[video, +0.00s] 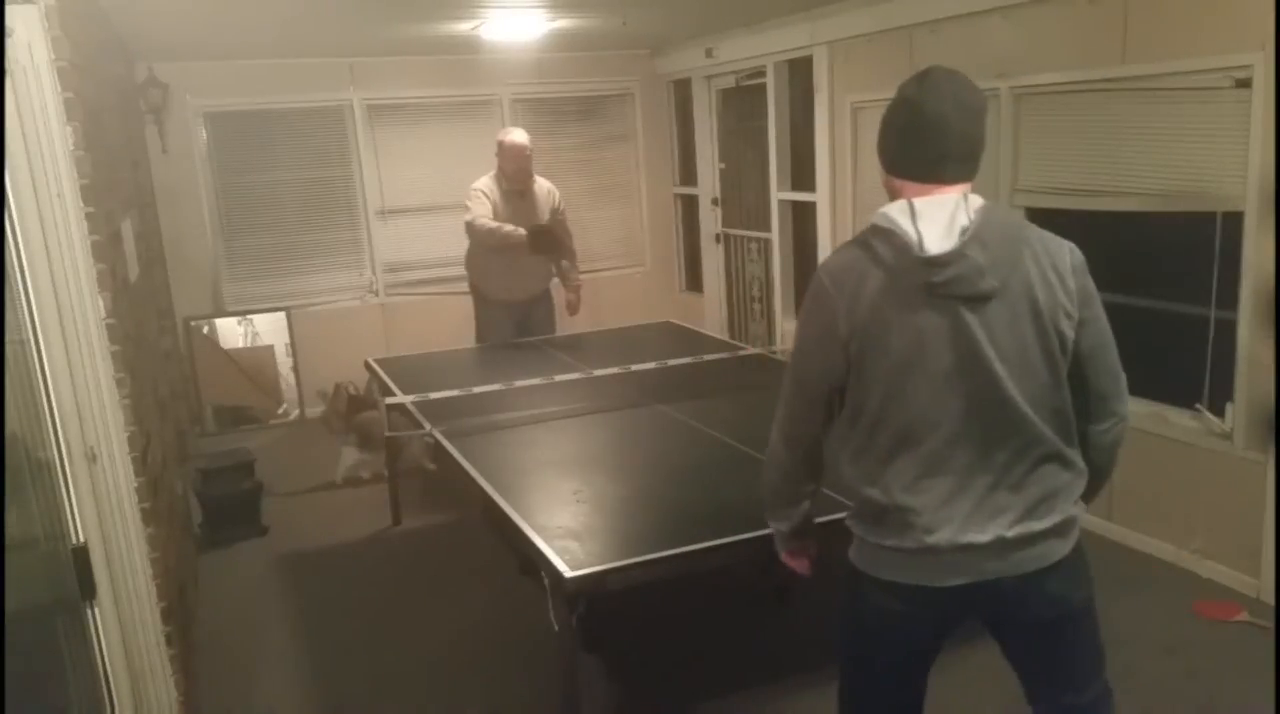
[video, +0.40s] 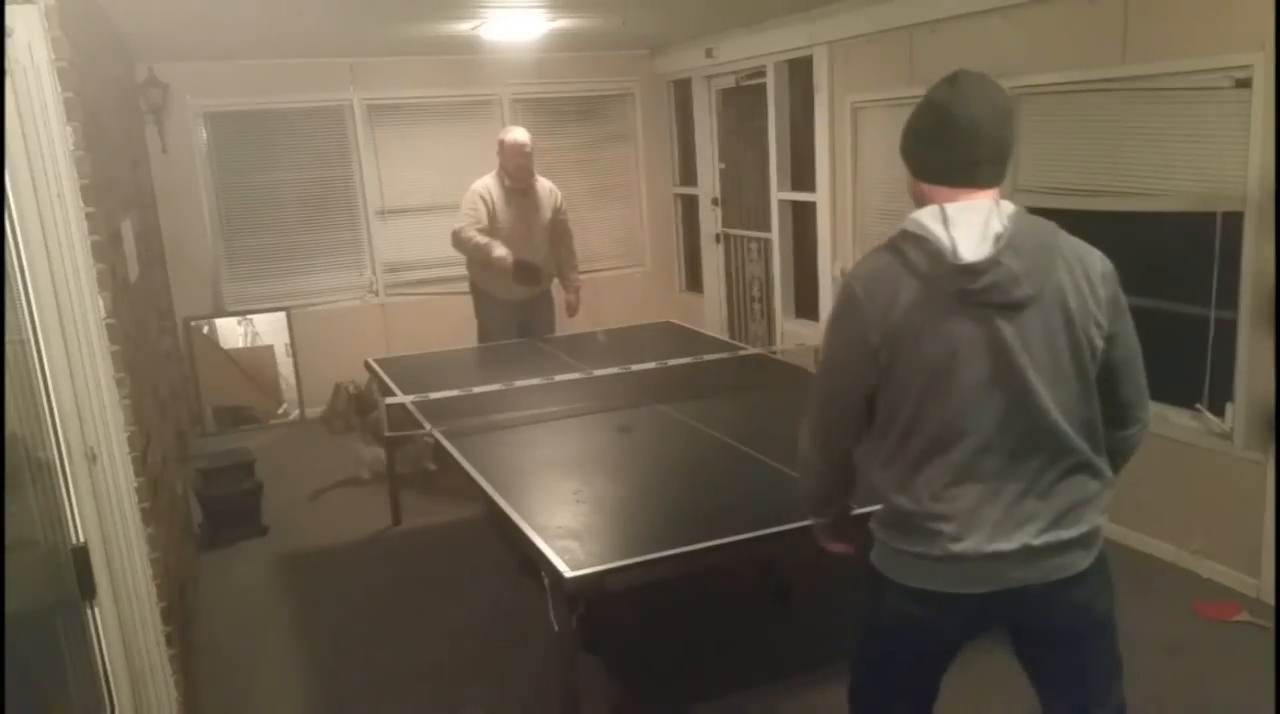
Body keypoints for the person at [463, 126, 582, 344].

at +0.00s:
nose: (521, 165)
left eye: (526, 157)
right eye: (513, 159)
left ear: (532, 155)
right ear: (499, 157)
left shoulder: (547, 191)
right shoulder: (482, 191)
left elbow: (563, 244)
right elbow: (479, 228)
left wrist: (572, 287)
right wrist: (528, 238)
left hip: (537, 297)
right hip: (494, 300)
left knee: (544, 368)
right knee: (499, 370)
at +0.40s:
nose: (522, 162)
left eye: (526, 155)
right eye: (514, 156)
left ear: (533, 154)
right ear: (500, 155)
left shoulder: (549, 192)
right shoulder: (482, 192)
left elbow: (563, 244)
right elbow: (463, 233)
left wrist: (571, 287)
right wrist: (493, 250)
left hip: (539, 296)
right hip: (495, 298)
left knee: (542, 366)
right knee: (500, 367)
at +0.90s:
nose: (518, 159)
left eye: (523, 152)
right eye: (511, 153)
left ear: (531, 153)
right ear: (498, 155)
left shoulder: (552, 192)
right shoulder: (480, 195)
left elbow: (568, 244)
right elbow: (460, 245)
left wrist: (572, 290)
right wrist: (474, 285)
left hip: (541, 300)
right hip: (497, 303)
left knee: (541, 370)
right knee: (499, 372)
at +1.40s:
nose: (513, 158)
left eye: (518, 150)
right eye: (506, 152)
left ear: (529, 151)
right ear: (496, 155)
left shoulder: (553, 190)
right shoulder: (478, 194)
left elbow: (572, 243)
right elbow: (461, 244)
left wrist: (574, 288)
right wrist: (470, 281)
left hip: (543, 299)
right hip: (498, 301)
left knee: (543, 369)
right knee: (500, 372)